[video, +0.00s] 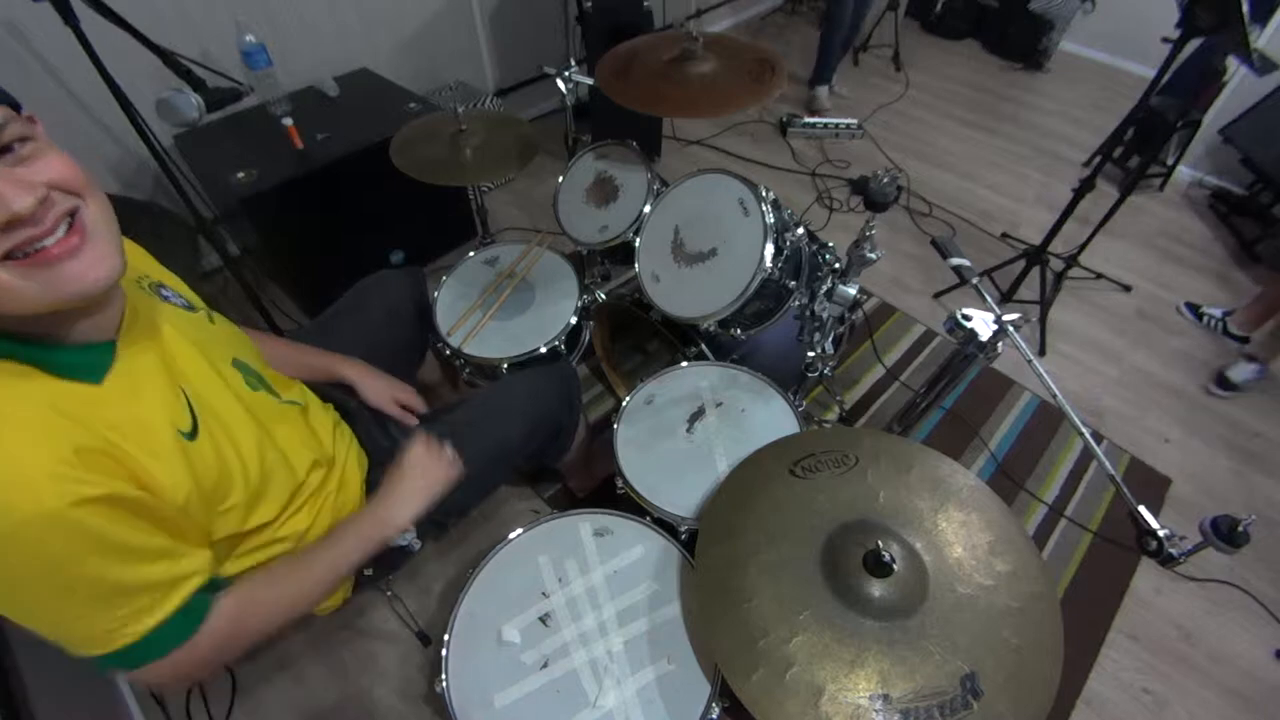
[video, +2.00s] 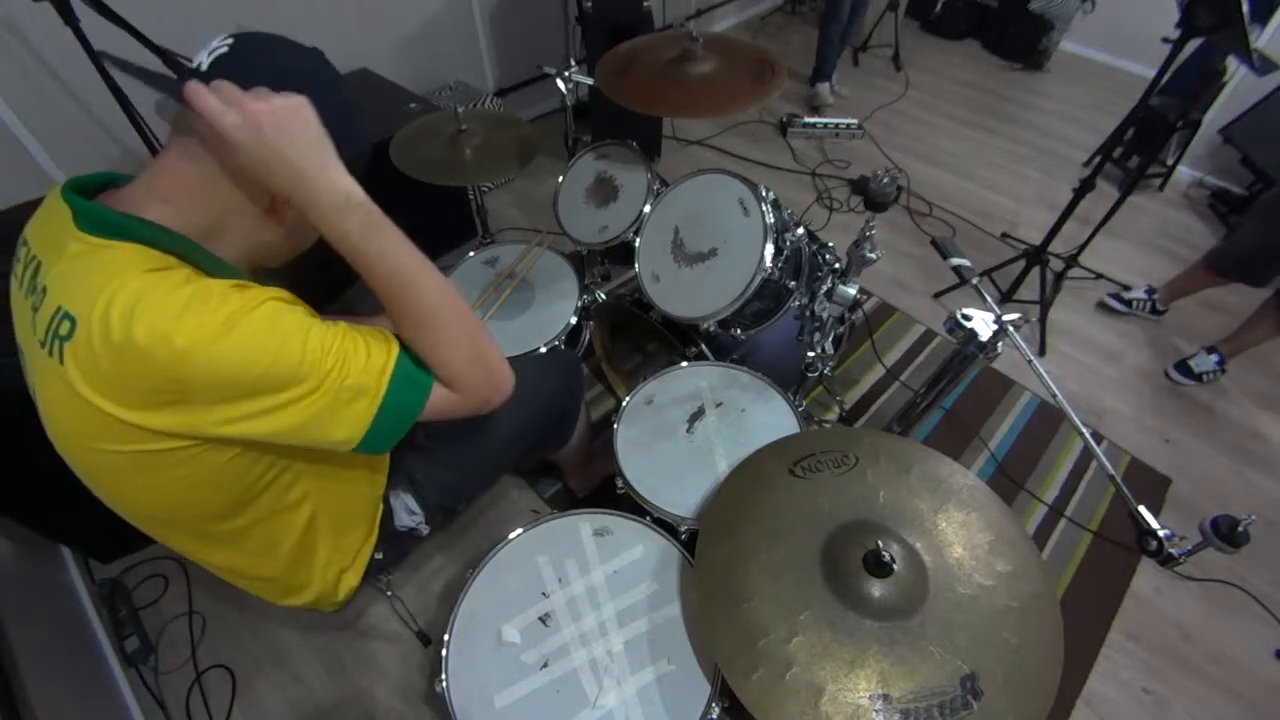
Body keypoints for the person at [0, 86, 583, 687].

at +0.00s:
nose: (27, 197)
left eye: (18, 148)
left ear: (56, 139)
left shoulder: (100, 262)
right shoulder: (37, 500)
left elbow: (213, 342)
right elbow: (175, 654)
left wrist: (347, 369)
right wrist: (388, 513)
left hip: (292, 399)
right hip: (341, 519)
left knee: (408, 284)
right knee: (547, 380)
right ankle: (575, 469)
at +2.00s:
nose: (313, 224)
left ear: (184, 131)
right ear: (285, 203)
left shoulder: (70, 217)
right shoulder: (182, 334)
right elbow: (481, 379)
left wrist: (362, 330)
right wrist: (325, 190)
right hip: (335, 528)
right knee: (553, 379)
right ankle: (584, 469)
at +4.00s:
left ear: (123, 180)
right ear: (215, 258)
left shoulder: (51, 209)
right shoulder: (85, 396)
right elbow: (422, 441)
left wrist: (315, 244)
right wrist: (218, 193)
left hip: (243, 377)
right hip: (334, 519)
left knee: (414, 285)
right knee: (555, 382)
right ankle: (580, 468)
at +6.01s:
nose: (181, 100)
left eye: (166, 77)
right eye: (161, 78)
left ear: (109, 114)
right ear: (114, 112)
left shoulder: (22, 259)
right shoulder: (186, 324)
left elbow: (196, 358)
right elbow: (356, 451)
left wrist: (366, 330)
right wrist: (445, 363)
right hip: (340, 519)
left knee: (400, 278)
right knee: (561, 362)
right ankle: (571, 471)